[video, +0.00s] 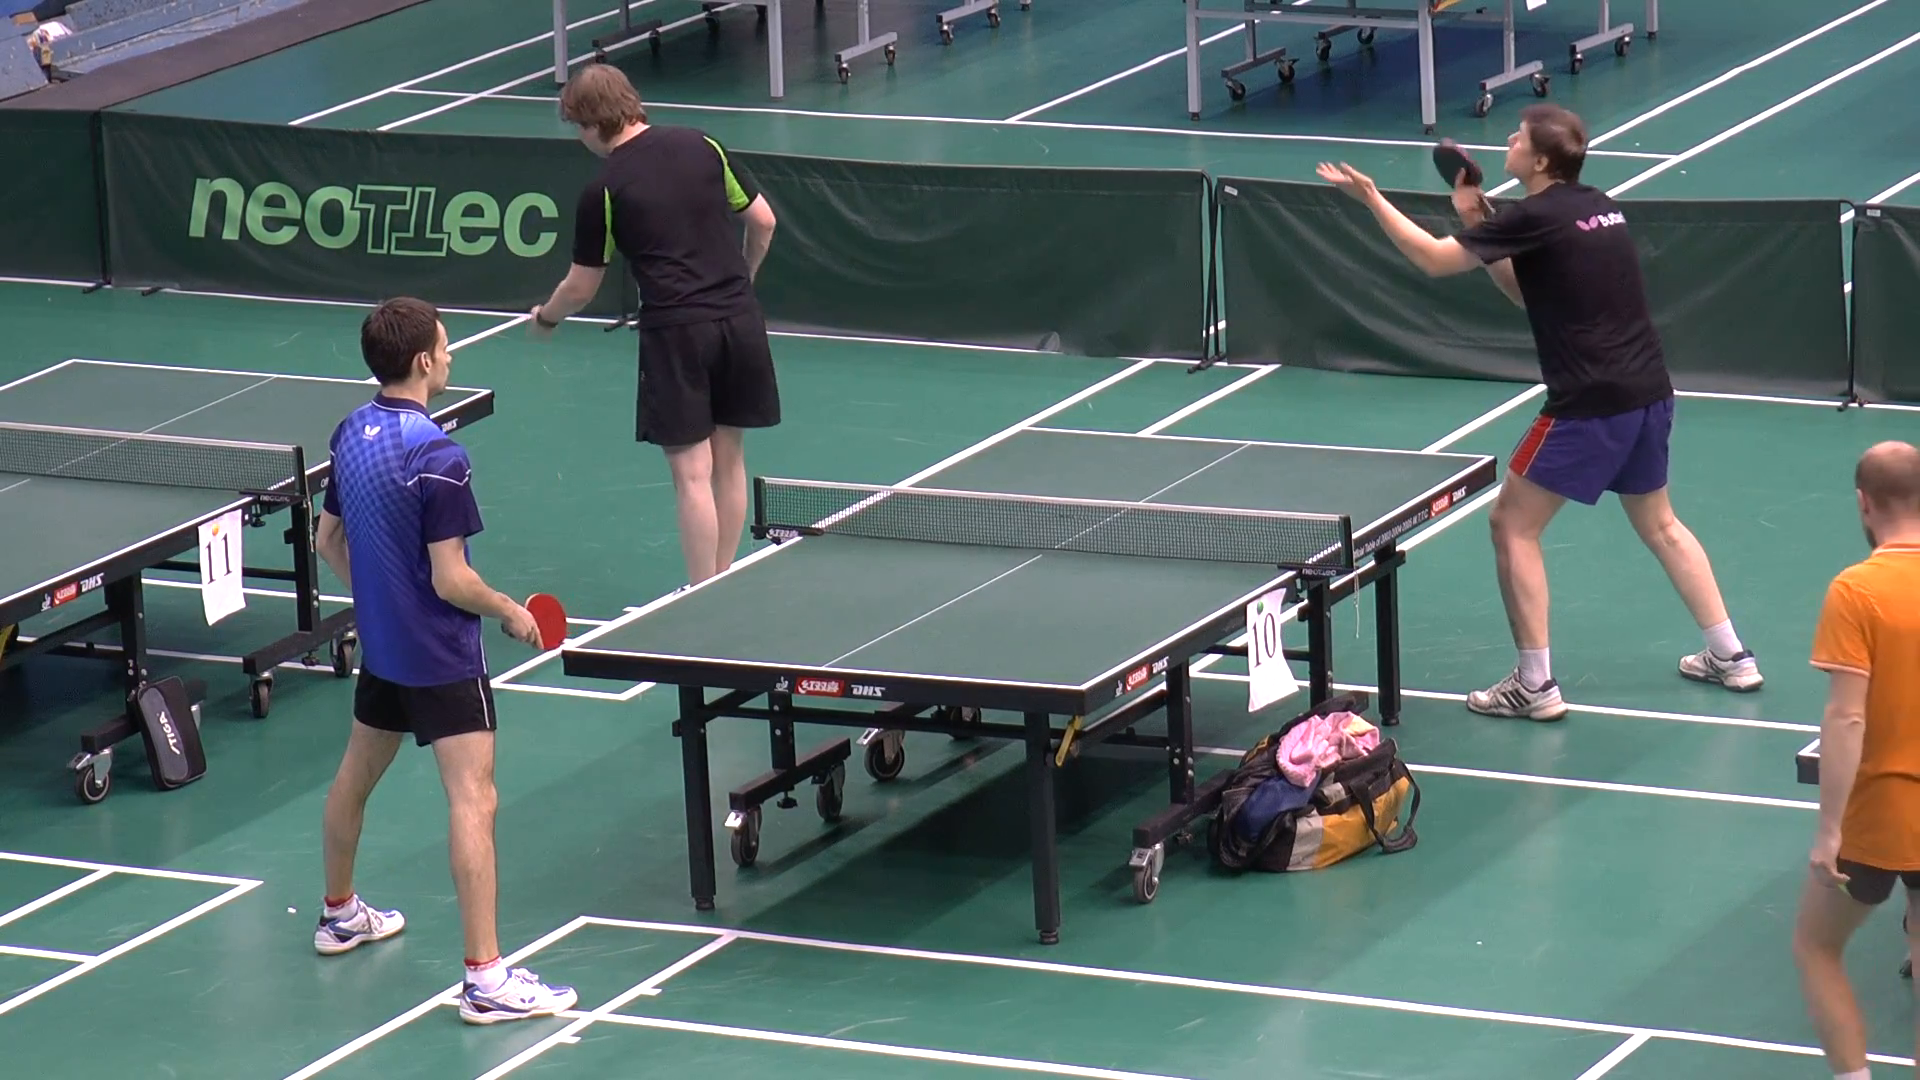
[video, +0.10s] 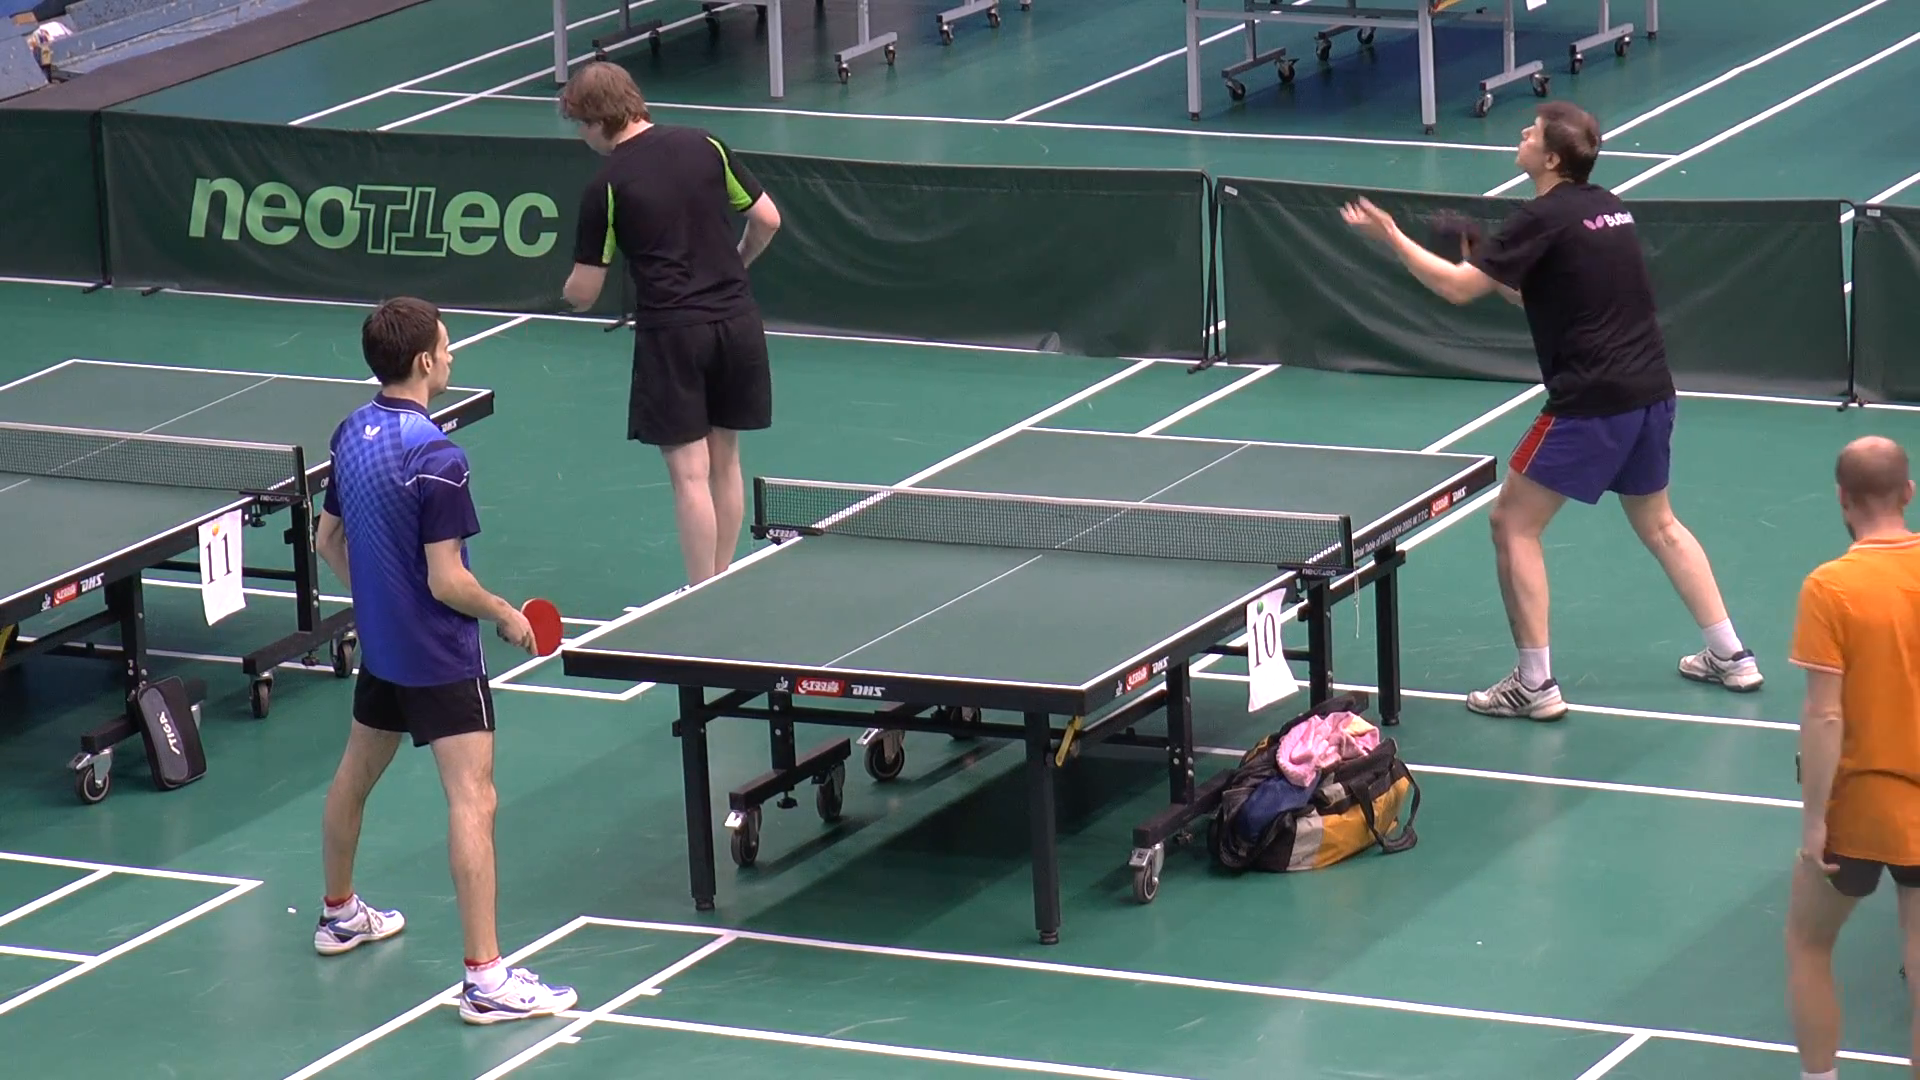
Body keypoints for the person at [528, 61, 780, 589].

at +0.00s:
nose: (581, 138)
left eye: (579, 127)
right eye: (576, 129)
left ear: (595, 121)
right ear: (633, 104)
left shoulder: (606, 186)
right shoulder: (700, 146)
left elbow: (580, 286)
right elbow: (763, 219)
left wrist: (547, 315)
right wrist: (741, 276)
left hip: (677, 333)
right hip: (740, 322)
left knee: (693, 478)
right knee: (729, 464)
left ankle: (704, 603)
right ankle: (722, 589)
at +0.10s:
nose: (581, 135)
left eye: (580, 124)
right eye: (577, 124)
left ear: (598, 119)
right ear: (635, 104)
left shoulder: (608, 183)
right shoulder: (704, 145)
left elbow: (582, 293)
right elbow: (766, 217)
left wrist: (570, 292)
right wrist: (733, 267)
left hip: (673, 337)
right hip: (737, 326)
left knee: (691, 477)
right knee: (726, 464)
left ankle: (704, 604)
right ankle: (719, 588)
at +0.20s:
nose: (584, 130)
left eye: (584, 119)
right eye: (581, 120)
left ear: (602, 114)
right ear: (640, 100)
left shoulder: (610, 175)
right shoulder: (706, 147)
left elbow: (583, 282)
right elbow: (770, 218)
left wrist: (607, 302)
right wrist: (732, 266)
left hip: (669, 339)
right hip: (733, 329)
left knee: (689, 477)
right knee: (719, 461)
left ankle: (705, 603)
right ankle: (717, 584)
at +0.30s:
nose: (588, 126)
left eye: (588, 115)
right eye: (585, 116)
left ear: (608, 110)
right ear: (645, 98)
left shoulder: (613, 174)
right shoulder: (709, 147)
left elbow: (588, 271)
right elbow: (770, 222)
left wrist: (611, 303)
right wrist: (730, 269)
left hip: (669, 340)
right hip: (729, 330)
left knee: (688, 477)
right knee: (713, 458)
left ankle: (706, 603)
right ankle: (722, 585)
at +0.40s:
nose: (592, 123)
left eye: (593, 112)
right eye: (589, 113)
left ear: (613, 107)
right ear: (649, 95)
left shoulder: (617, 170)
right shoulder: (711, 147)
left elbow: (604, 260)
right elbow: (766, 227)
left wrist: (622, 301)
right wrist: (722, 271)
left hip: (667, 339)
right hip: (726, 329)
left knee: (686, 477)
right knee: (709, 456)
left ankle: (706, 601)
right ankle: (737, 577)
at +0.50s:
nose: (598, 122)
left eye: (599, 111)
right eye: (595, 112)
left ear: (619, 106)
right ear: (654, 93)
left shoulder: (623, 167)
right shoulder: (713, 147)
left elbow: (624, 258)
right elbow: (763, 229)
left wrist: (626, 304)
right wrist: (717, 268)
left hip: (667, 339)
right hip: (724, 329)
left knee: (683, 476)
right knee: (710, 459)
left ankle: (704, 599)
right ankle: (740, 579)